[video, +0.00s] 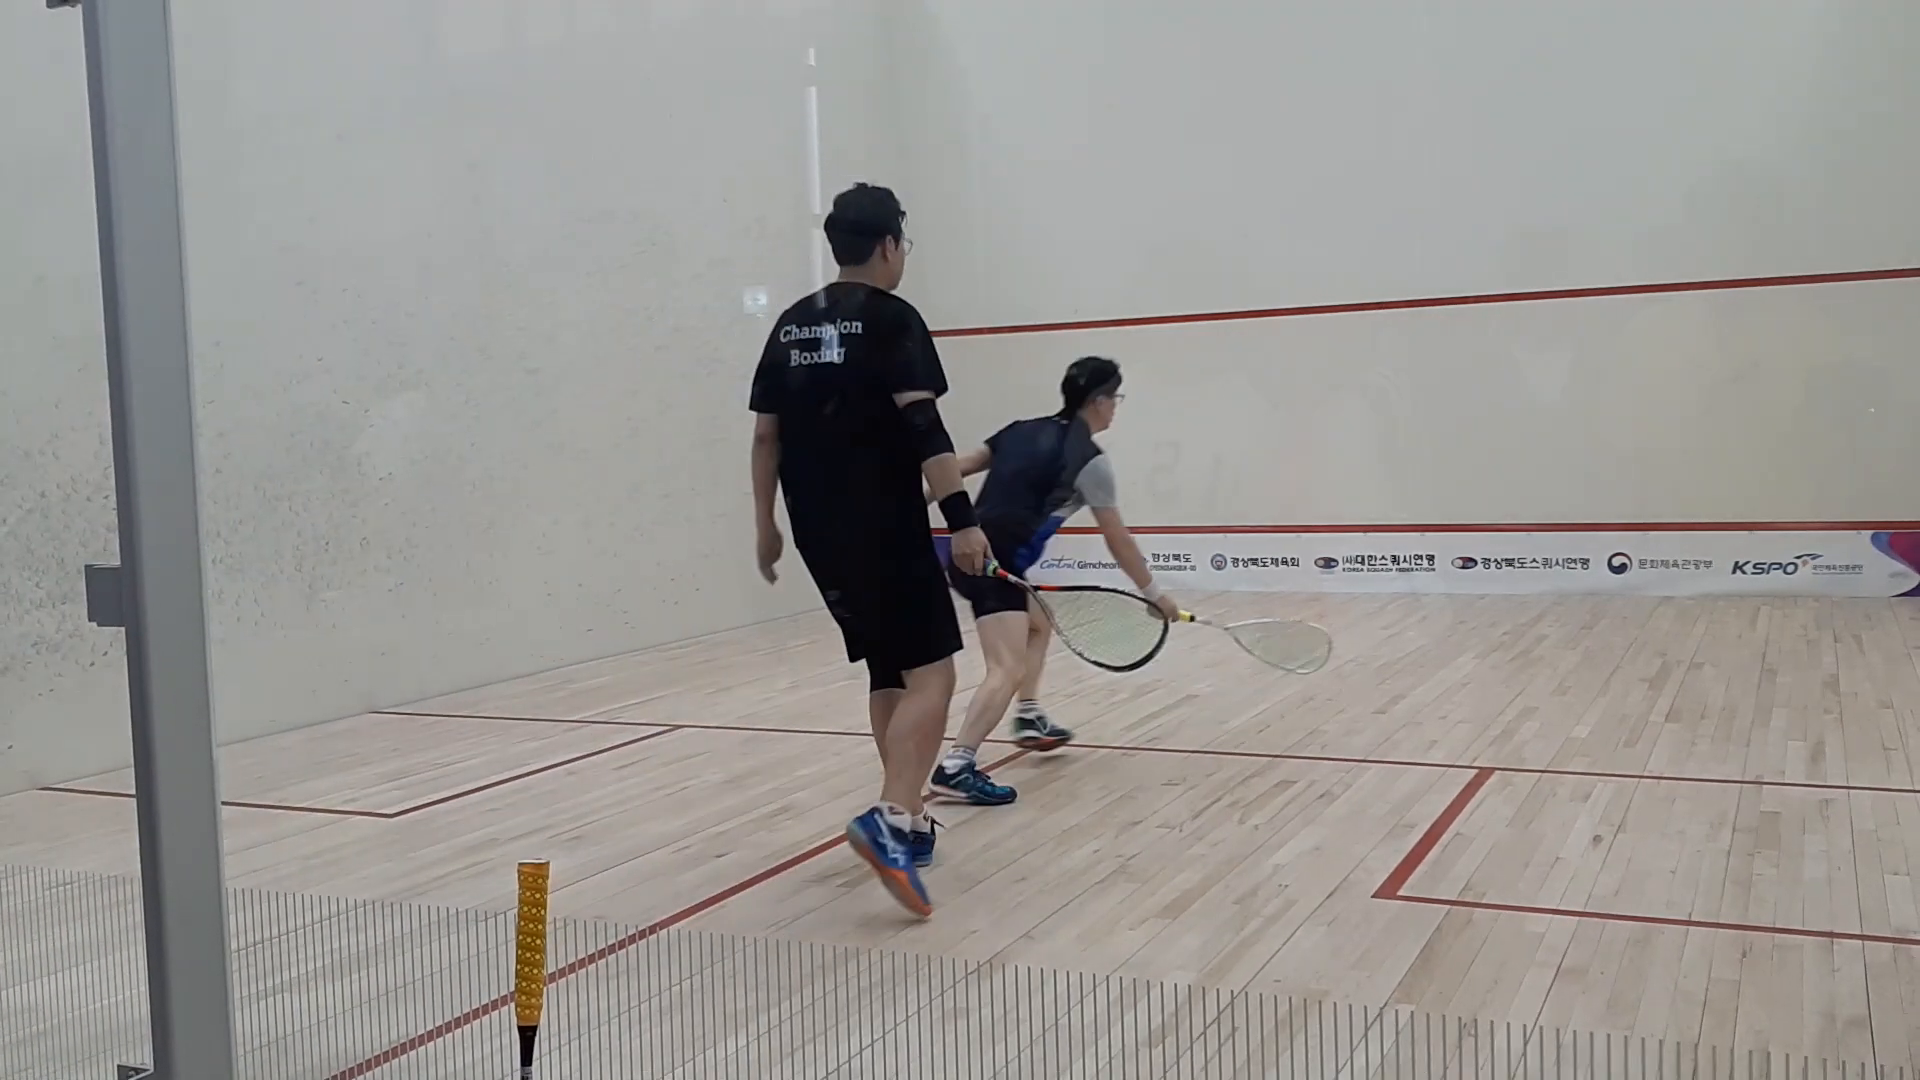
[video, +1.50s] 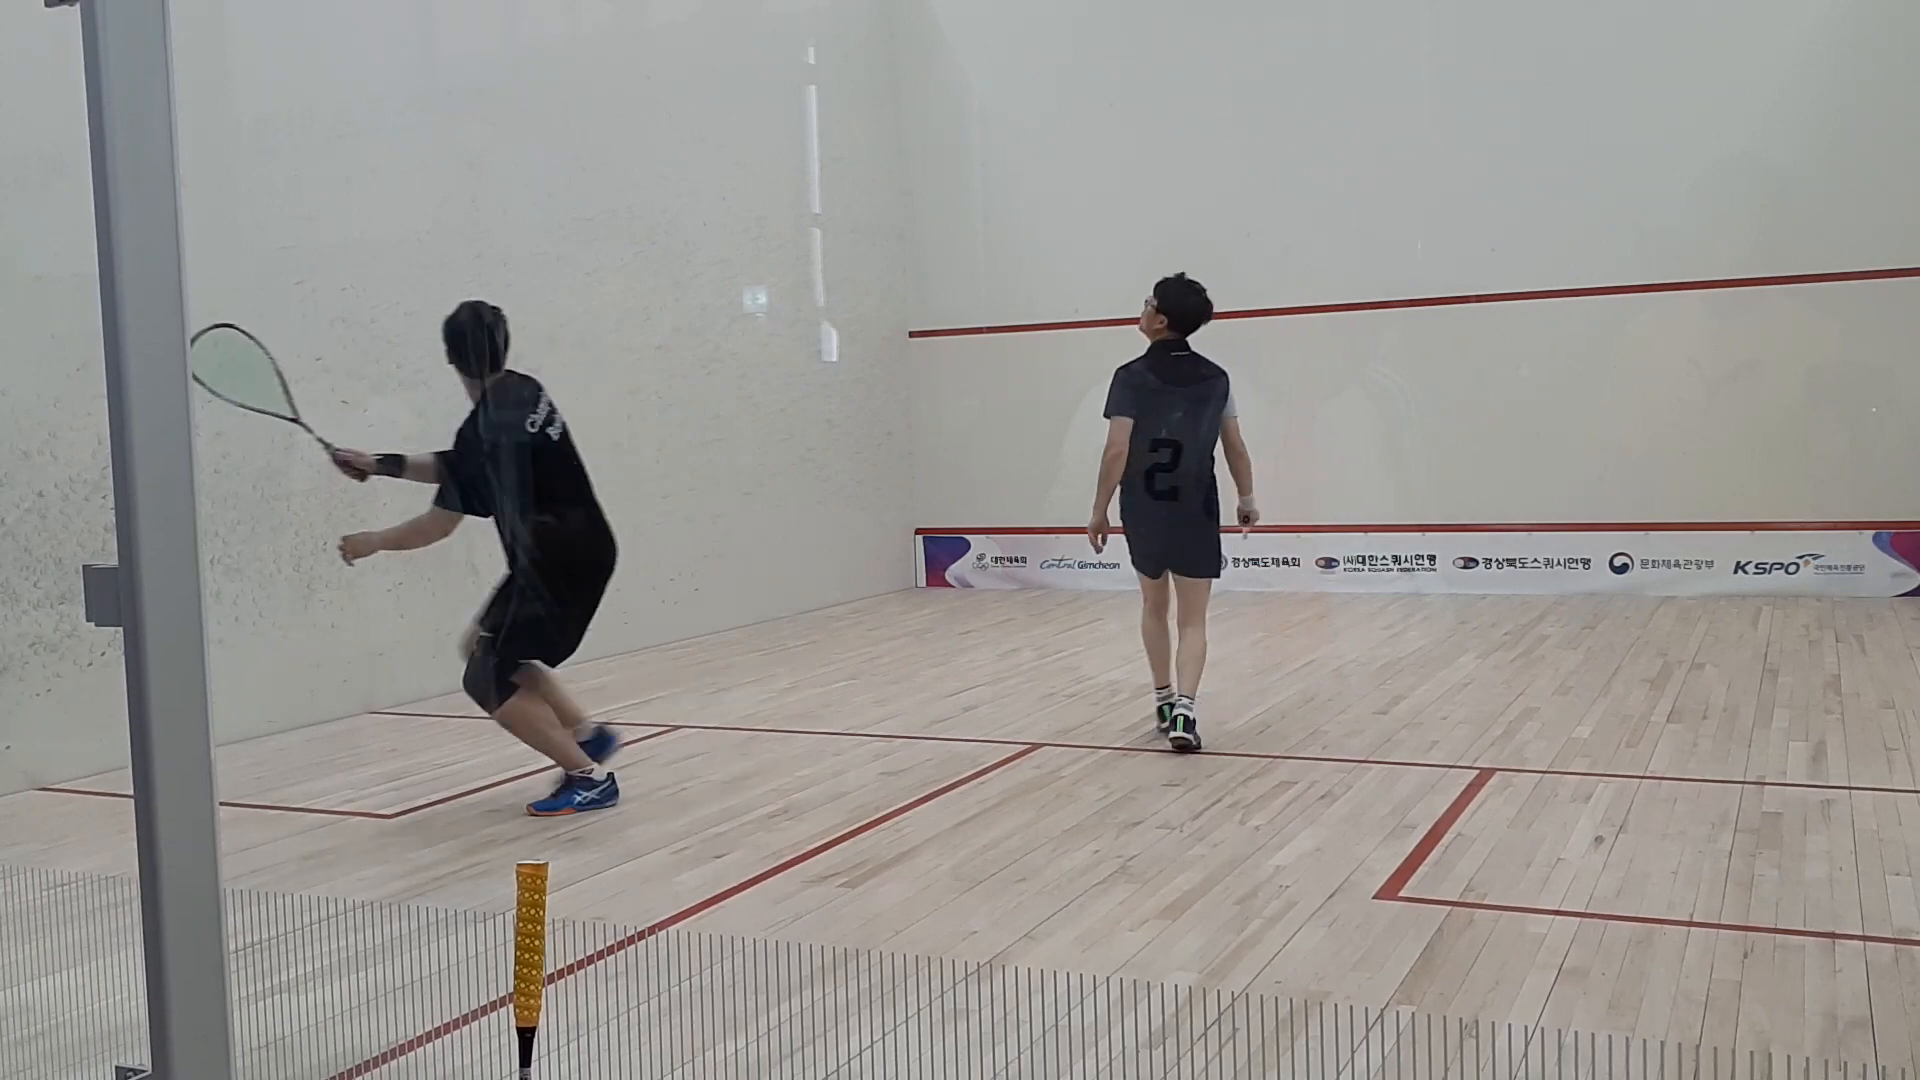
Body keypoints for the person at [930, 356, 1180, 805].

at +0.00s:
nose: (1115, 408)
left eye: (1116, 398)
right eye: (1113, 398)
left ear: (1071, 397)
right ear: (1094, 401)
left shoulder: (1022, 431)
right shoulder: (1090, 460)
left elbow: (958, 467)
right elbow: (1117, 539)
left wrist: (908, 491)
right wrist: (1153, 592)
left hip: (968, 551)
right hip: (997, 562)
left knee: (1039, 623)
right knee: (1008, 669)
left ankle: (1027, 714)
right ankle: (956, 765)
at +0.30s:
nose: (1265, 400)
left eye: (1266, 393)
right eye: (1263, 392)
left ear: (1221, 387)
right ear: (1247, 391)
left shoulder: (1168, 415)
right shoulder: (1241, 441)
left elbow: (1109, 460)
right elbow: (1250, 525)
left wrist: (1105, 522)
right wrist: (1283, 582)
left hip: (1136, 543)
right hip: (1189, 542)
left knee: (1148, 642)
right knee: (1250, 592)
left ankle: (1135, 698)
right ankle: (1270, 686)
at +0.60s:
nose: (1358, 438)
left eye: (1359, 430)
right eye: (1359, 430)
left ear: (1318, 422)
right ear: (1352, 431)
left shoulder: (1270, 448)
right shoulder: (1349, 477)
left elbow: (1215, 483)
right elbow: (1382, 540)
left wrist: (1199, 538)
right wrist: (1405, 573)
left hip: (1248, 567)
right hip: (1300, 570)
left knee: (1260, 647)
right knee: (1349, 588)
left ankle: (1242, 669)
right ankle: (1343, 681)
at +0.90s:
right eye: (1338, 379)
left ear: (1296, 376)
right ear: (1336, 385)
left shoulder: (1260, 419)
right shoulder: (1344, 436)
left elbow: (1215, 472)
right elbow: (1360, 511)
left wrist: (1210, 529)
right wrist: (1382, 559)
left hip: (1255, 539)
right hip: (1310, 540)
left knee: (1260, 619)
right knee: (1344, 594)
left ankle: (1241, 662)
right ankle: (1343, 681)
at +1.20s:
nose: (1214, 332)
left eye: (1217, 328)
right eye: (1218, 326)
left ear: (1219, 340)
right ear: (1259, 347)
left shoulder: (1184, 392)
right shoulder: (1272, 401)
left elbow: (1154, 460)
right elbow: (1288, 475)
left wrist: (1150, 514)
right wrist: (1307, 533)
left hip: (1197, 522)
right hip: (1253, 520)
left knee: (1216, 610)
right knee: (1295, 594)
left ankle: (1207, 695)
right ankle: (1306, 685)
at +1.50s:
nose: (1143, 310)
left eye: (1149, 307)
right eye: (1148, 303)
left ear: (1160, 321)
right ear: (1189, 325)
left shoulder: (1131, 375)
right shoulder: (1214, 376)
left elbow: (1117, 451)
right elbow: (1234, 444)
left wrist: (1100, 509)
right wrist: (1247, 495)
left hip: (1143, 512)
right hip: (1196, 513)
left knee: (1154, 605)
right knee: (1193, 621)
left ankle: (1165, 699)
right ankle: (1185, 708)